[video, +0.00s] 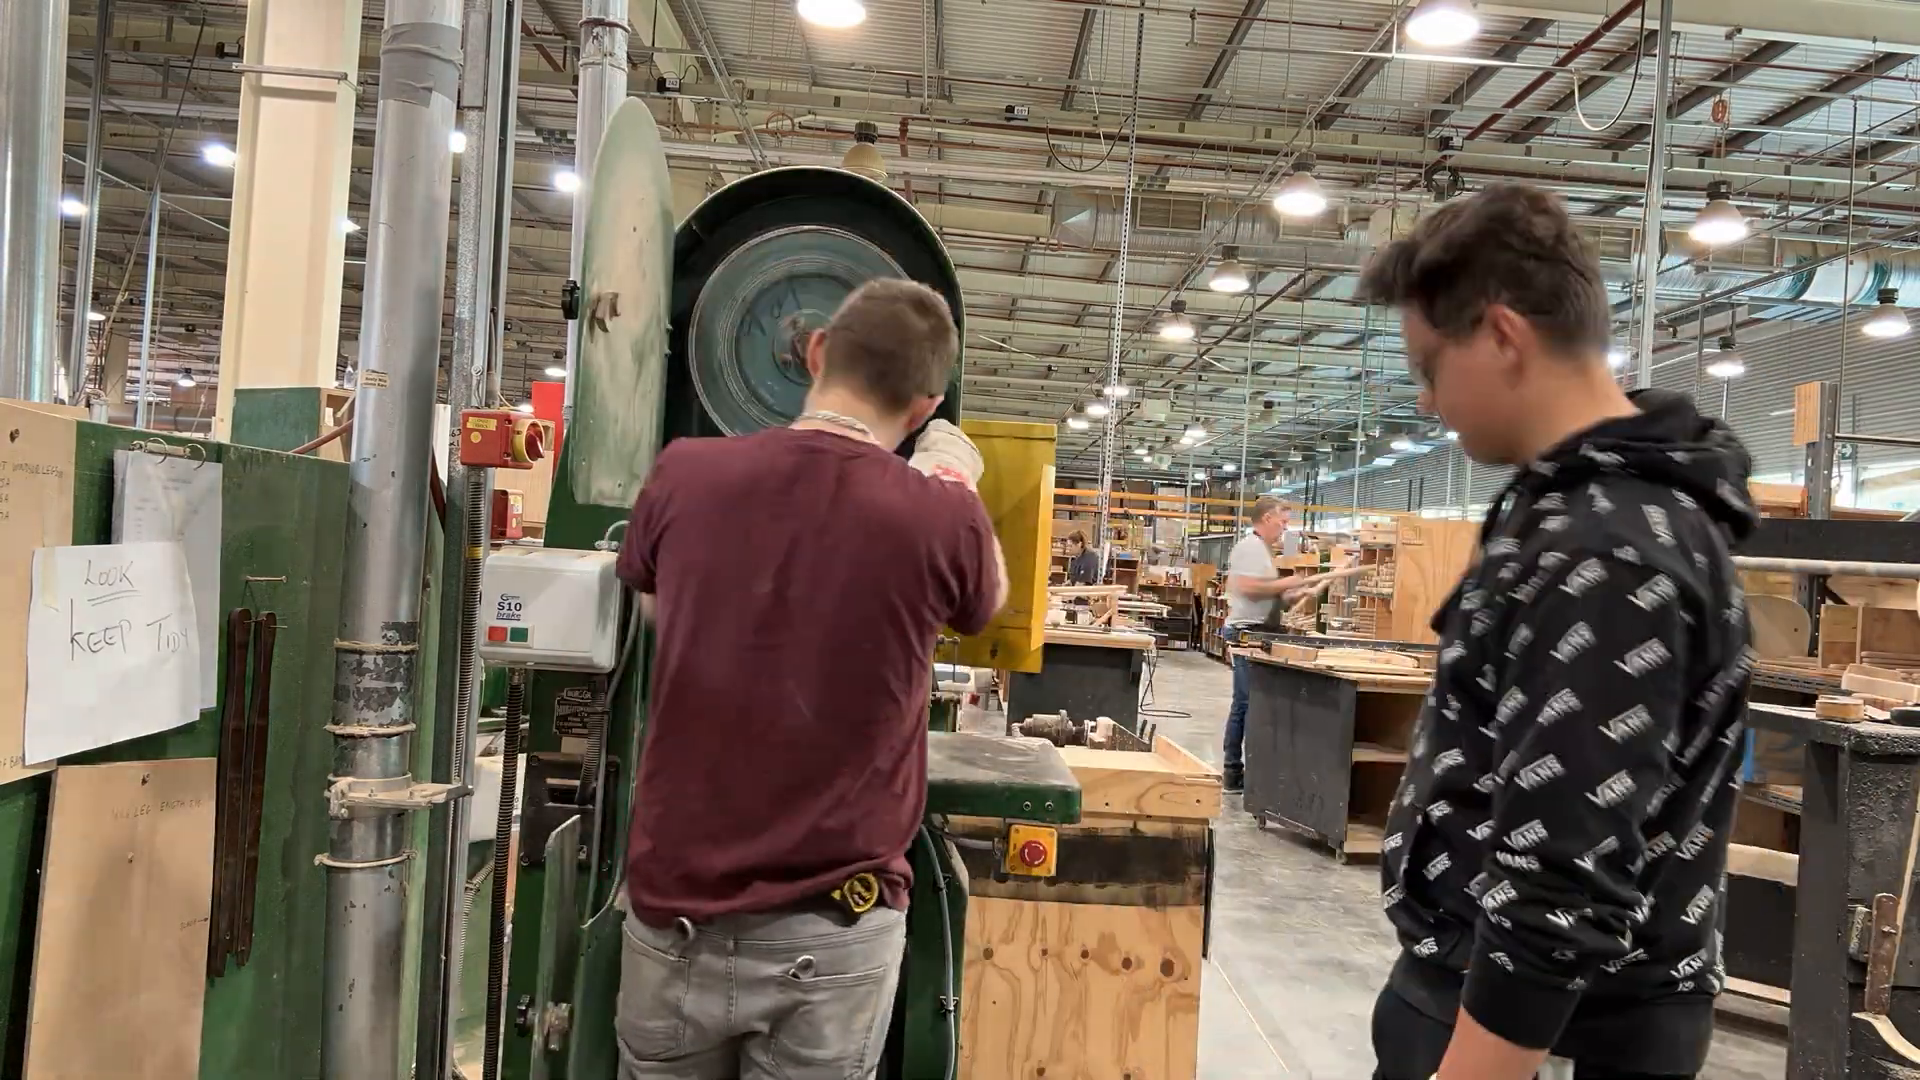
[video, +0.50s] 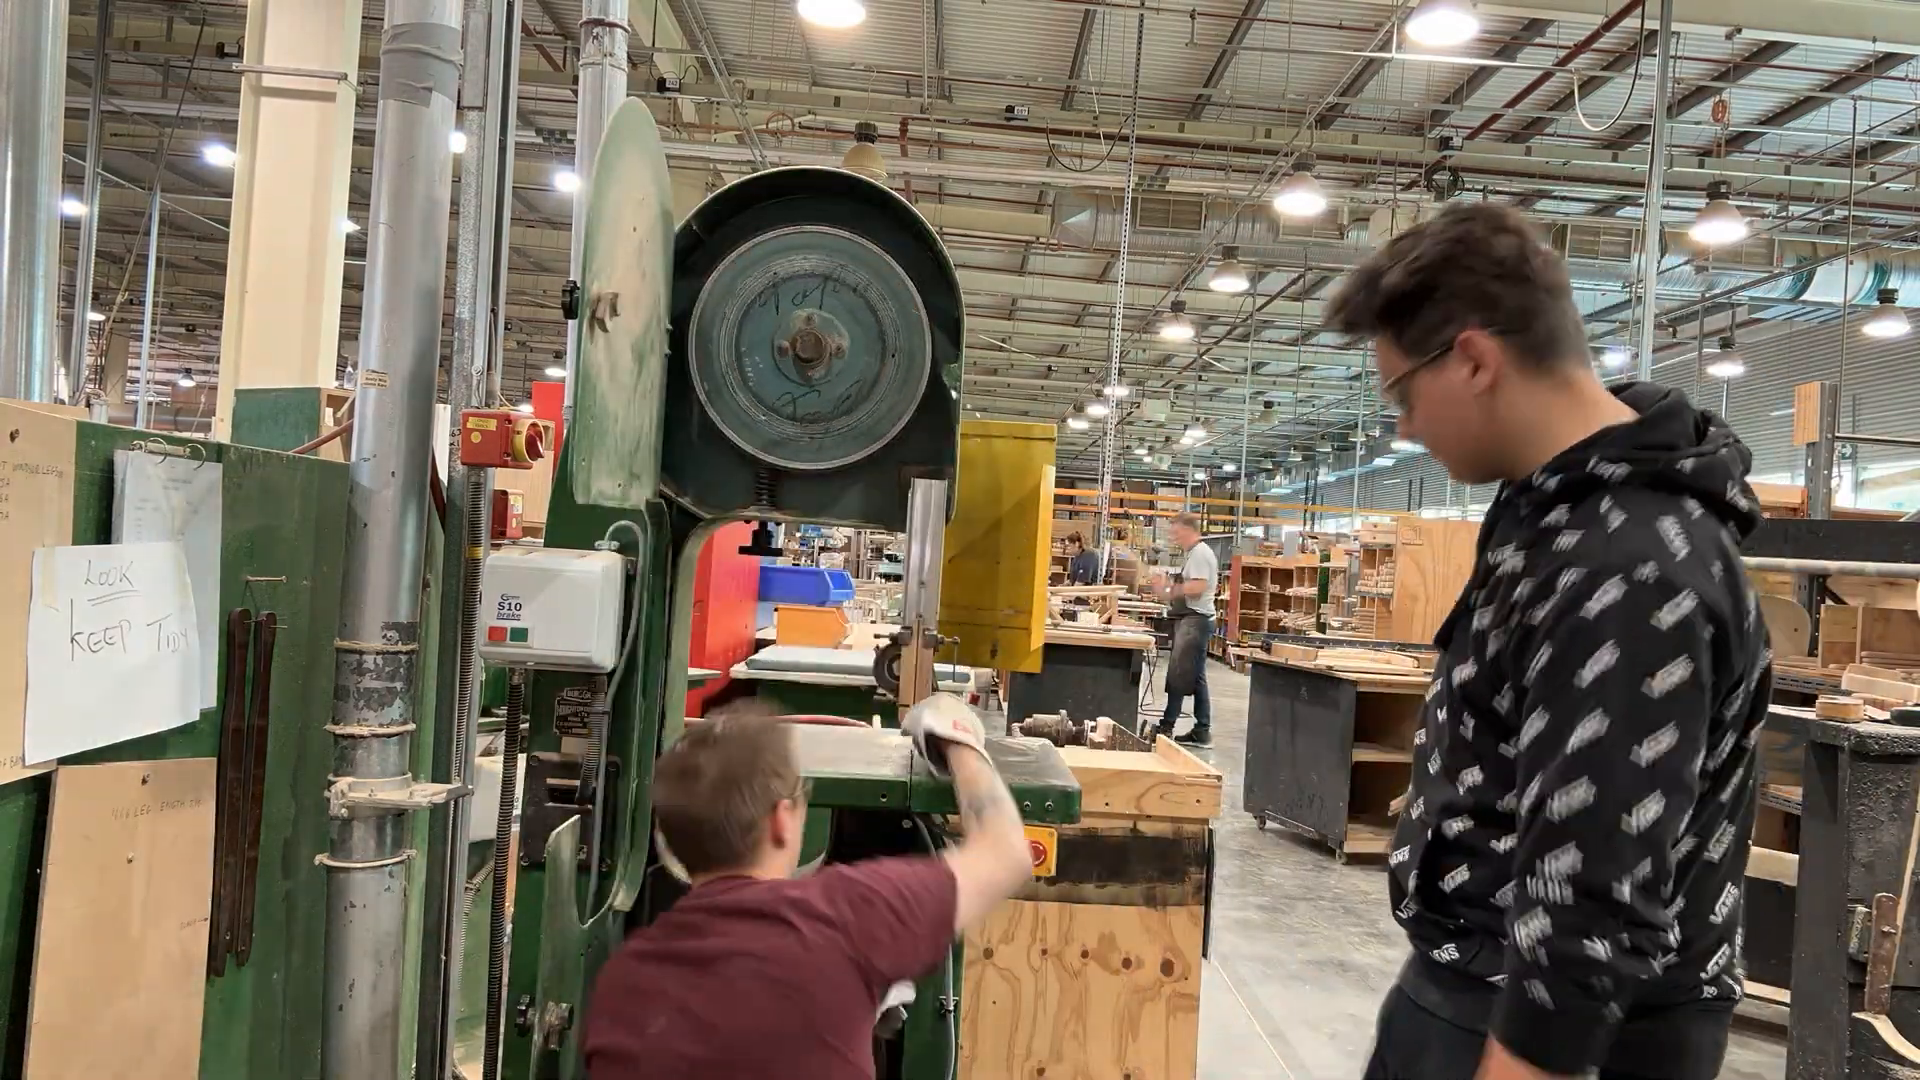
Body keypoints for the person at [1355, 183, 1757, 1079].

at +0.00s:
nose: (1427, 407)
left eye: (1428, 370)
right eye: (1419, 378)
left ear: (1504, 338)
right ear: (1506, 340)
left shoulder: (1614, 549)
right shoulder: (1573, 512)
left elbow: (1554, 901)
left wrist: (1474, 1062)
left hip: (1543, 1029)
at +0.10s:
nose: (1433, 426)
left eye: (1434, 392)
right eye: (1423, 400)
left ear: (1517, 356)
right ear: (1519, 358)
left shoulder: (1631, 578)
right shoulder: (1576, 528)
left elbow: (1568, 933)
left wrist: (1495, 1060)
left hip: (1540, 1036)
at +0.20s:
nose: (1446, 418)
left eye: (1444, 382)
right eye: (1436, 391)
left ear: (1525, 348)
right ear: (1526, 350)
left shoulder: (1639, 579)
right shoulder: (1587, 531)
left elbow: (1571, 930)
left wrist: (1503, 1056)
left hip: (1544, 1033)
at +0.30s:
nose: (1398, 442)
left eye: (1397, 412)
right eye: (1388, 417)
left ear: (1476, 382)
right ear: (1478, 381)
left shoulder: (1622, 596)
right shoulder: (1561, 530)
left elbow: (1577, 927)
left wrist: (1503, 1056)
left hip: (1554, 1032)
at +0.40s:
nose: (1407, 442)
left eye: (1404, 411)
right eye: (1395, 417)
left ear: (1482, 376)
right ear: (1484, 375)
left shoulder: (1622, 595)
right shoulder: (1558, 531)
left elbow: (1570, 932)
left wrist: (1497, 1058)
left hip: (1523, 1030)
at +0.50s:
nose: (1406, 428)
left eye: (1403, 392)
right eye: (1397, 400)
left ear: (1474, 359)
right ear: (1477, 360)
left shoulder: (1632, 563)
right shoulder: (1564, 519)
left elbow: (1588, 915)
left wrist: (1532, 1054)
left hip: (1544, 1026)